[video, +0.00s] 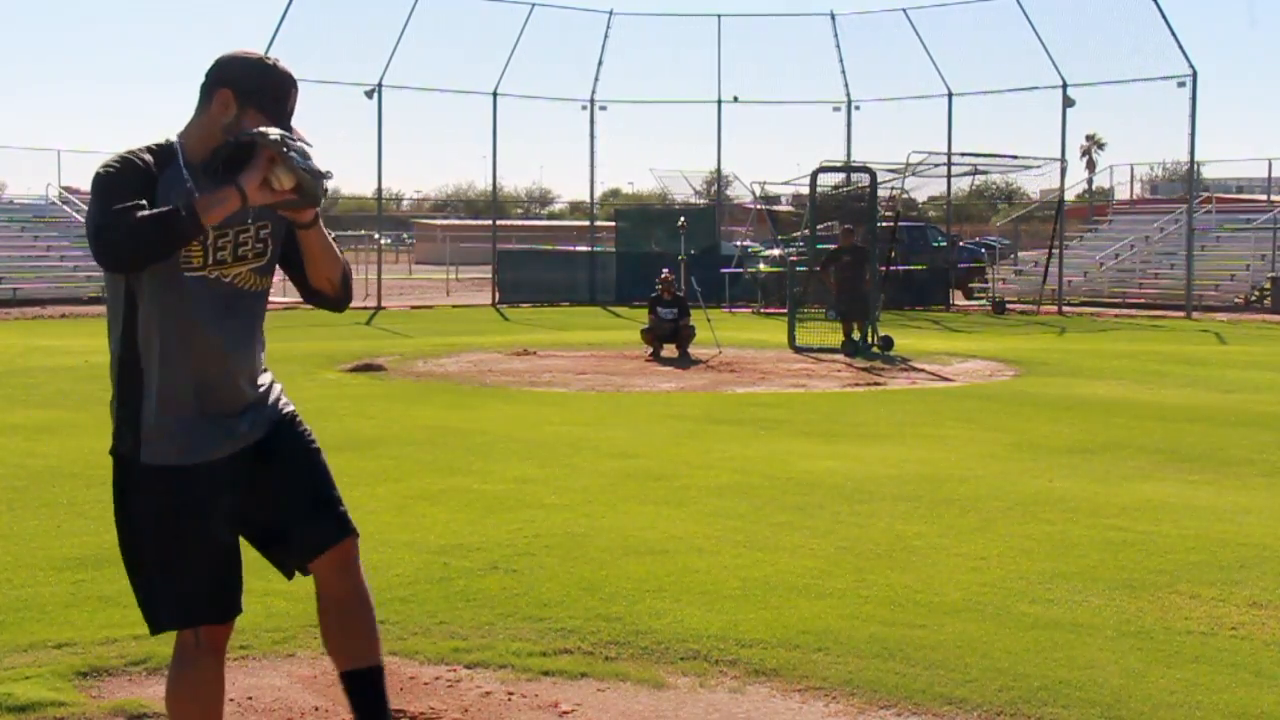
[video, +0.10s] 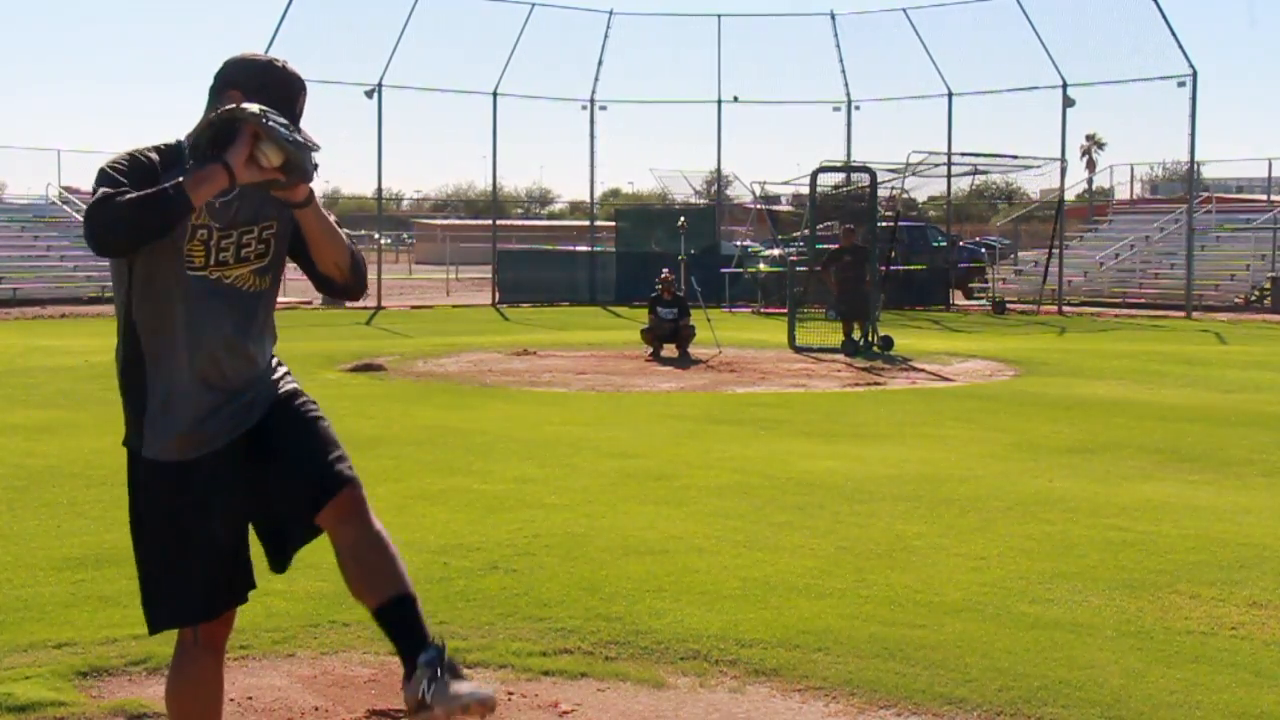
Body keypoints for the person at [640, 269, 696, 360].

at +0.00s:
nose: (666, 287)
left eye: (669, 284)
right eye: (664, 284)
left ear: (673, 285)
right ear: (660, 286)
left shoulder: (680, 300)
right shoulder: (654, 299)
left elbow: (686, 319)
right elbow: (651, 318)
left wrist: (673, 325)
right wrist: (662, 325)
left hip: (676, 328)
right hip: (660, 329)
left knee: (689, 330)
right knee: (645, 333)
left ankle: (682, 350)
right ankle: (656, 347)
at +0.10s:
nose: (667, 287)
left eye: (669, 284)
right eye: (664, 284)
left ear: (673, 285)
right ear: (660, 285)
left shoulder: (680, 300)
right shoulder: (654, 299)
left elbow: (686, 319)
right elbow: (651, 318)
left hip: (676, 329)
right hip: (660, 329)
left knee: (689, 330)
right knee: (645, 333)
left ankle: (682, 350)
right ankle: (656, 347)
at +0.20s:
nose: (666, 287)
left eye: (669, 284)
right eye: (664, 284)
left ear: (673, 285)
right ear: (660, 285)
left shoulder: (680, 300)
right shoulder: (654, 299)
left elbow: (686, 319)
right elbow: (651, 318)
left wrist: (674, 325)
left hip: (676, 328)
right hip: (660, 329)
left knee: (689, 330)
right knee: (645, 333)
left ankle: (682, 350)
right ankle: (656, 347)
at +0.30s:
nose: (667, 286)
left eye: (669, 283)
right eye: (664, 284)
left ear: (673, 285)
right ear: (660, 285)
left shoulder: (680, 299)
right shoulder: (654, 299)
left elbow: (685, 319)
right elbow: (651, 318)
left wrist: (673, 325)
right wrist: (663, 325)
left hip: (676, 328)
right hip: (660, 329)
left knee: (689, 330)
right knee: (645, 332)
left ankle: (682, 349)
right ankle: (656, 347)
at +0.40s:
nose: (667, 286)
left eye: (669, 283)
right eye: (664, 284)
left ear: (673, 285)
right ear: (660, 285)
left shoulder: (680, 299)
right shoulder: (654, 299)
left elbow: (685, 319)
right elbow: (651, 318)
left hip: (676, 328)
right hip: (660, 329)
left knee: (689, 330)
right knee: (645, 333)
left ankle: (682, 350)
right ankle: (656, 347)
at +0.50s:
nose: (667, 286)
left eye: (670, 283)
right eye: (664, 284)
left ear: (673, 285)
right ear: (661, 285)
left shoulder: (680, 299)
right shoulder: (654, 299)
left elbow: (685, 319)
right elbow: (651, 318)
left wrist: (674, 325)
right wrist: (663, 325)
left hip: (676, 328)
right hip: (660, 329)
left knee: (689, 329)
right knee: (645, 333)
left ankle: (682, 349)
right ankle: (656, 347)